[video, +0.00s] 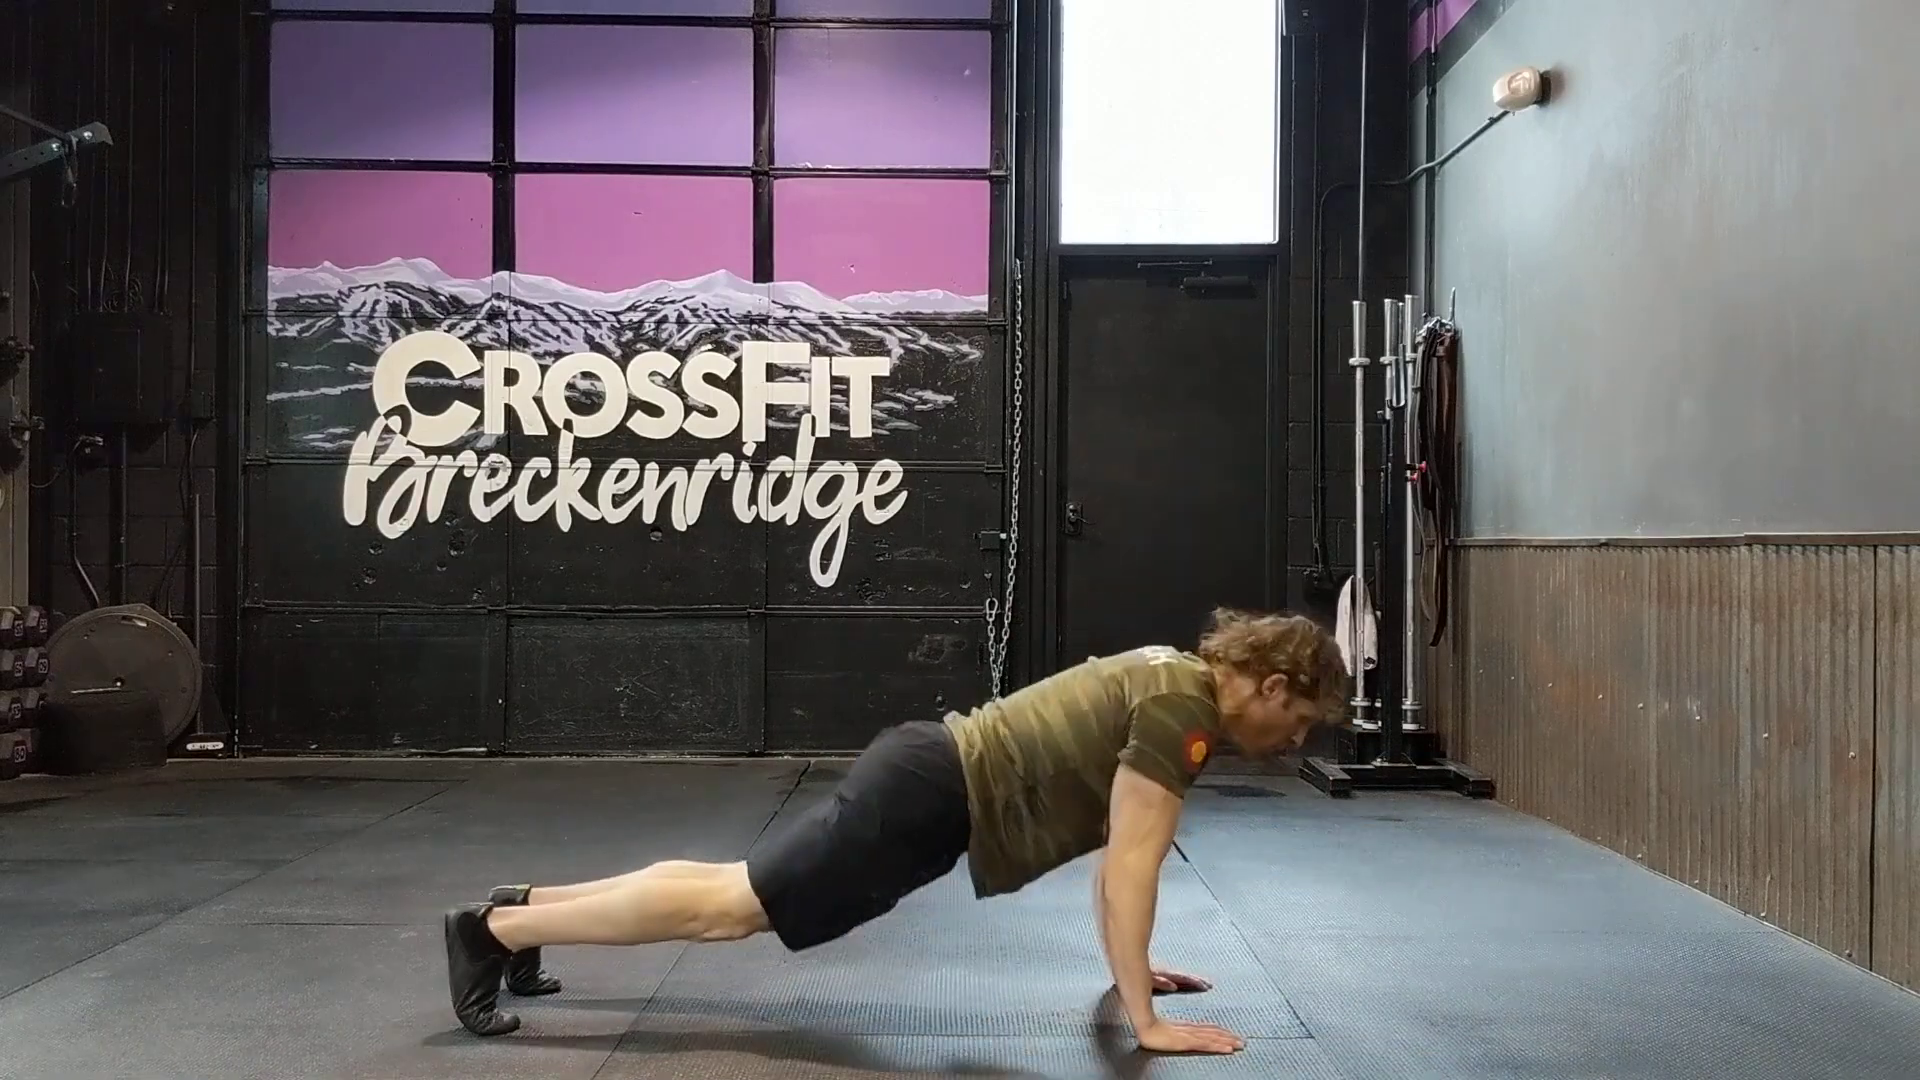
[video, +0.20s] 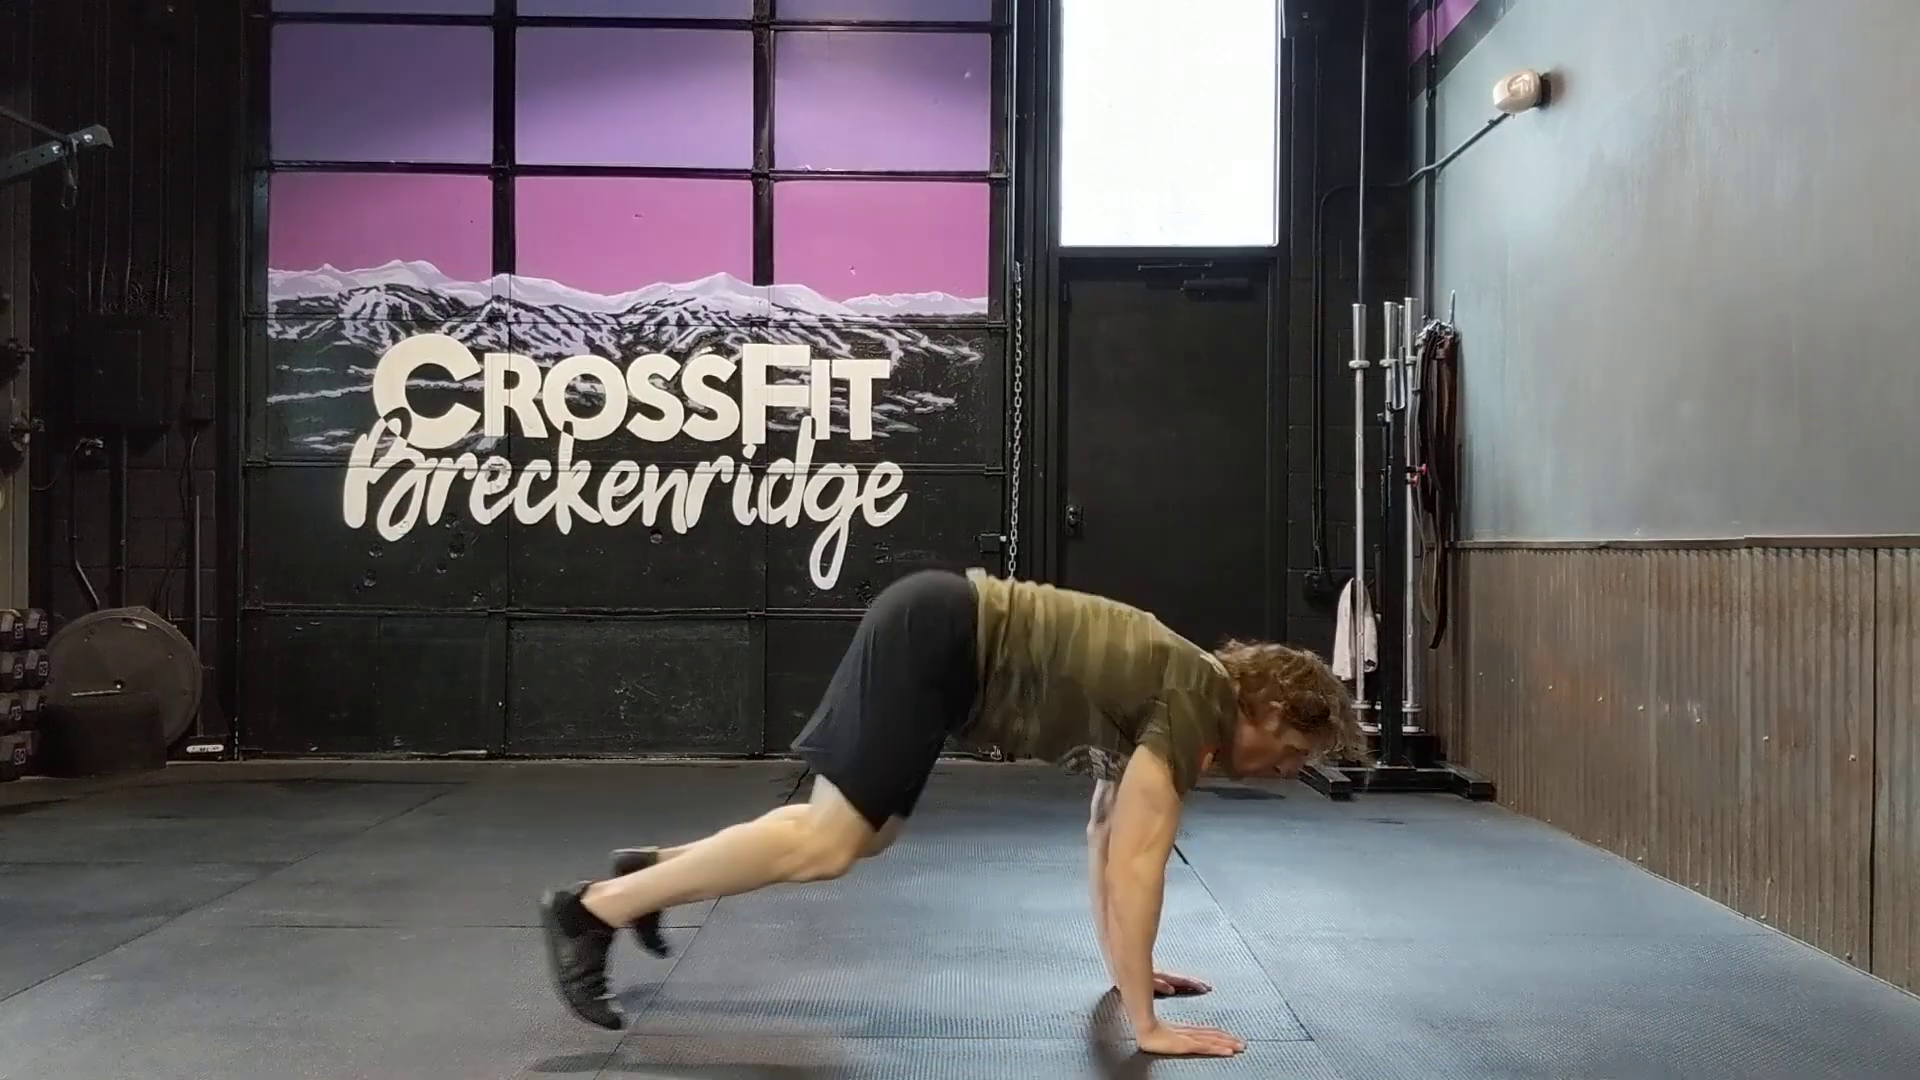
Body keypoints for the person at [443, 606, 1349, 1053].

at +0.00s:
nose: (1295, 740)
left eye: (1304, 727)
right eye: (1300, 721)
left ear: (1259, 677)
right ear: (1268, 686)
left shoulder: (1177, 697)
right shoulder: (1171, 701)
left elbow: (1127, 850)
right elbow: (1128, 863)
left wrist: (1132, 965)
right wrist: (1143, 1014)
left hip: (930, 777)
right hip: (930, 794)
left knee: (741, 889)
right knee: (731, 908)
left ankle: (527, 911)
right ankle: (497, 929)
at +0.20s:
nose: (1277, 771)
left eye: (1293, 762)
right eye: (1289, 755)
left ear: (1259, 701)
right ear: (1265, 718)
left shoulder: (1176, 687)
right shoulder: (1188, 695)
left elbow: (1112, 838)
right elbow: (1139, 852)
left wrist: (1132, 965)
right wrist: (1144, 1016)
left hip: (944, 641)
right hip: (935, 624)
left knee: (863, 833)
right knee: (822, 841)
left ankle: (655, 879)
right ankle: (589, 912)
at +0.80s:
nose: (1187, 408)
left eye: (1188, 393)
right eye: (1179, 391)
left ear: (1119, 387)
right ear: (1127, 385)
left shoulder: (1072, 452)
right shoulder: (1058, 457)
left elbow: (1102, 537)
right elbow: (1114, 572)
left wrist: (1175, 504)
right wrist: (1257, 519)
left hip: (945, 649)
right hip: (914, 652)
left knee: (1068, 754)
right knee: (1074, 808)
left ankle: (979, 949)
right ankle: (949, 1023)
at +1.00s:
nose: (1116, 181)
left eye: (1119, 162)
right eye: (1112, 161)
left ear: (1049, 150)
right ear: (1074, 156)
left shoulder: (1032, 219)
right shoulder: (1030, 216)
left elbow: (1099, 145)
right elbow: (1160, 152)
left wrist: (1110, 66)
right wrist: (1158, 30)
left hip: (1011, 490)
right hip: (985, 486)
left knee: (996, 709)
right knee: (994, 713)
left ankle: (974, 897)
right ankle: (957, 954)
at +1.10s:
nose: (1126, 115)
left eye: (1126, 92)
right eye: (1116, 94)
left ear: (1057, 90)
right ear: (1064, 88)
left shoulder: (1032, 154)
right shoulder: (1027, 148)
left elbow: (1109, 27)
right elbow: (1131, 22)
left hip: (1015, 429)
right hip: (995, 429)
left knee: (991, 649)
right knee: (990, 649)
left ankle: (950, 855)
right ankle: (935, 899)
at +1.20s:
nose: (1119, 77)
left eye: (1120, 58)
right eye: (1105, 57)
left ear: (1082, 68)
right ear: (1055, 61)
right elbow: (1094, 12)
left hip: (1032, 421)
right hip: (1000, 416)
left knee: (996, 649)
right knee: (988, 646)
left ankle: (946, 856)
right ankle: (933, 889)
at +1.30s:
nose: (1112, 108)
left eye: (1112, 87)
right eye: (1097, 88)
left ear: (1068, 105)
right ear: (1050, 97)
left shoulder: (1049, 183)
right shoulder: (1015, 170)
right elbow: (1088, 21)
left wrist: (1072, 62)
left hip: (1024, 466)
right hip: (997, 463)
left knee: (999, 695)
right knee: (995, 695)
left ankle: (954, 906)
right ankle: (942, 937)